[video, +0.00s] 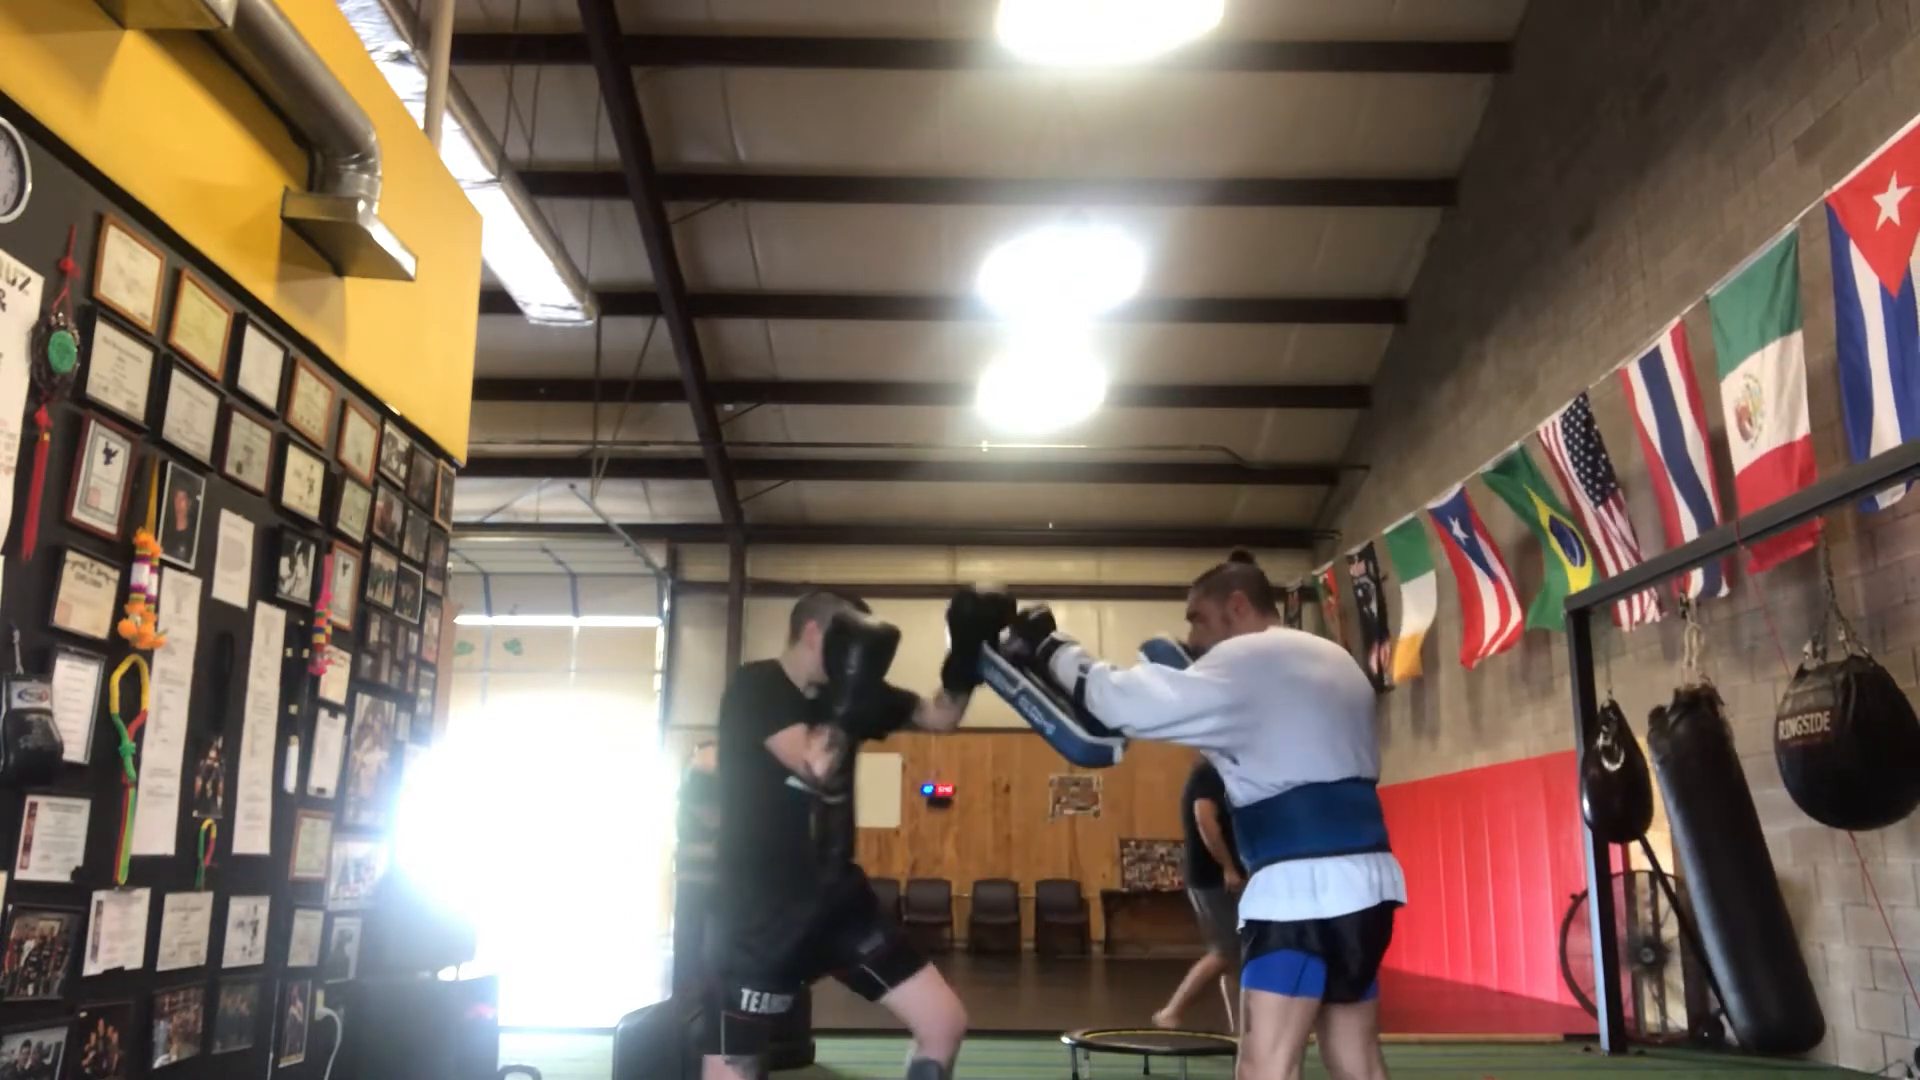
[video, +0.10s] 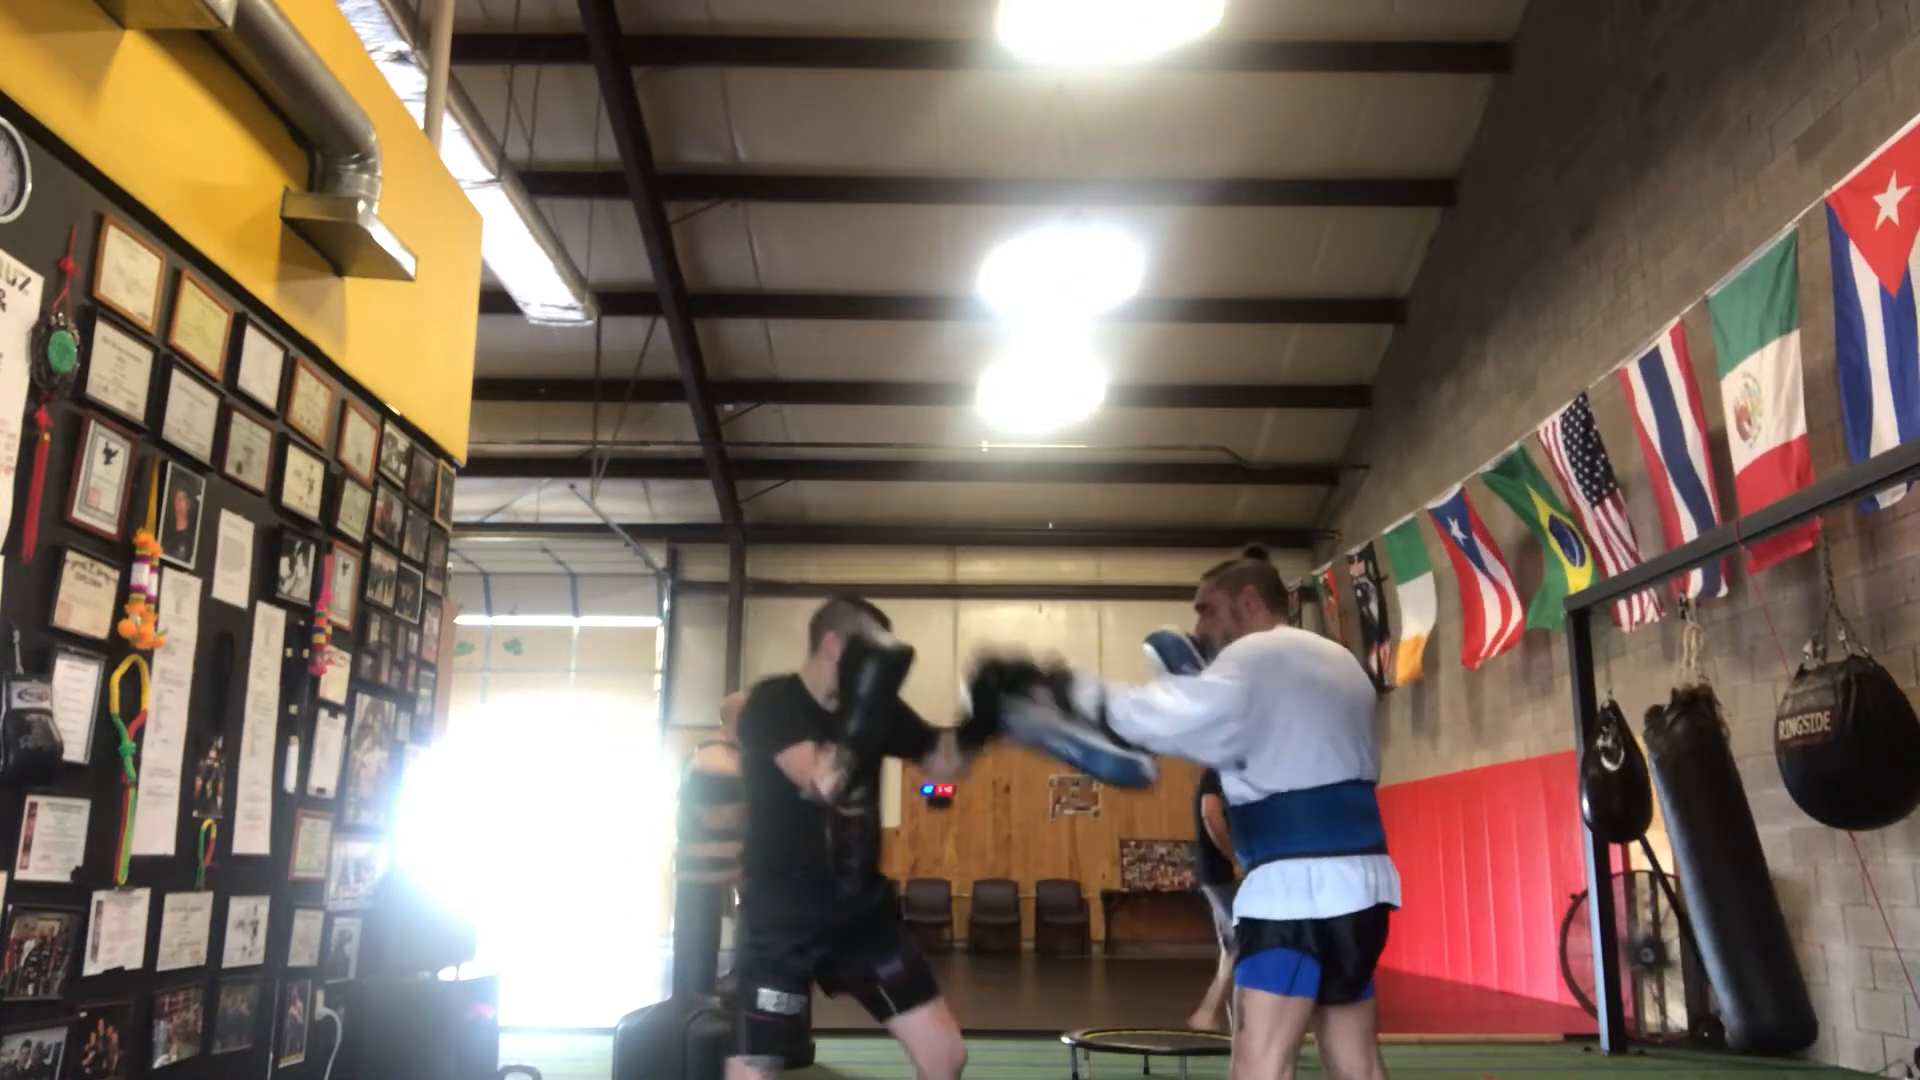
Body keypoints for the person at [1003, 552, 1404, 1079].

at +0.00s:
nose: (1191, 637)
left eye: (1196, 620)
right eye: (1190, 623)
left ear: (1236, 607)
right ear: (1249, 608)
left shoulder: (1242, 661)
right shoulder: (1337, 658)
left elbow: (1131, 702)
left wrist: (1050, 648)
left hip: (1297, 893)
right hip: (1371, 886)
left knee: (1266, 1063)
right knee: (1357, 1058)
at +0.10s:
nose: (1200, 626)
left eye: (1206, 611)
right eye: (1198, 613)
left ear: (1248, 602)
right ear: (1259, 601)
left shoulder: (1251, 659)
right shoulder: (1343, 661)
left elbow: (1166, 717)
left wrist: (1068, 687)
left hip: (1292, 894)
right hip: (1365, 887)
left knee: (1260, 1064)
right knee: (1358, 1064)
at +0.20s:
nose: (1203, 623)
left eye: (1211, 604)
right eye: (1202, 608)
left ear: (1253, 598)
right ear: (1260, 602)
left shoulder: (1264, 659)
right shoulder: (1344, 663)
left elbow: (1228, 757)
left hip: (1286, 893)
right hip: (1358, 887)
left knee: (1251, 1066)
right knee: (1354, 1062)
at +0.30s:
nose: (1205, 618)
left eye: (1216, 600)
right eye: (1205, 603)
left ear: (1260, 598)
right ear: (1262, 600)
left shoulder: (1279, 662)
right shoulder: (1333, 660)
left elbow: (1254, 789)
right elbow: (1228, 762)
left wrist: (1146, 816)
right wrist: (1206, 683)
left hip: (1287, 900)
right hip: (1347, 894)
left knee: (1248, 1068)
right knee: (1348, 1066)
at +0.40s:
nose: (1217, 608)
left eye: (1231, 592)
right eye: (1218, 593)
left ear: (1278, 592)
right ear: (1277, 596)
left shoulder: (1294, 667)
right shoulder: (1329, 659)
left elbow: (1270, 795)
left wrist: (1165, 824)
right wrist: (1195, 686)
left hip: (1291, 897)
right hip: (1338, 892)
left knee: (1252, 1068)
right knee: (1346, 1066)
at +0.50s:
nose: (1235, 605)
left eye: (1248, 589)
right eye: (1235, 592)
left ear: (1297, 590)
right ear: (1299, 594)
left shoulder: (1297, 663)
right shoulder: (1363, 660)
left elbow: (1272, 788)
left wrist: (1173, 817)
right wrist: (1237, 696)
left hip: (1293, 894)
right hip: (1353, 888)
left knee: (1259, 1065)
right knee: (1348, 1062)